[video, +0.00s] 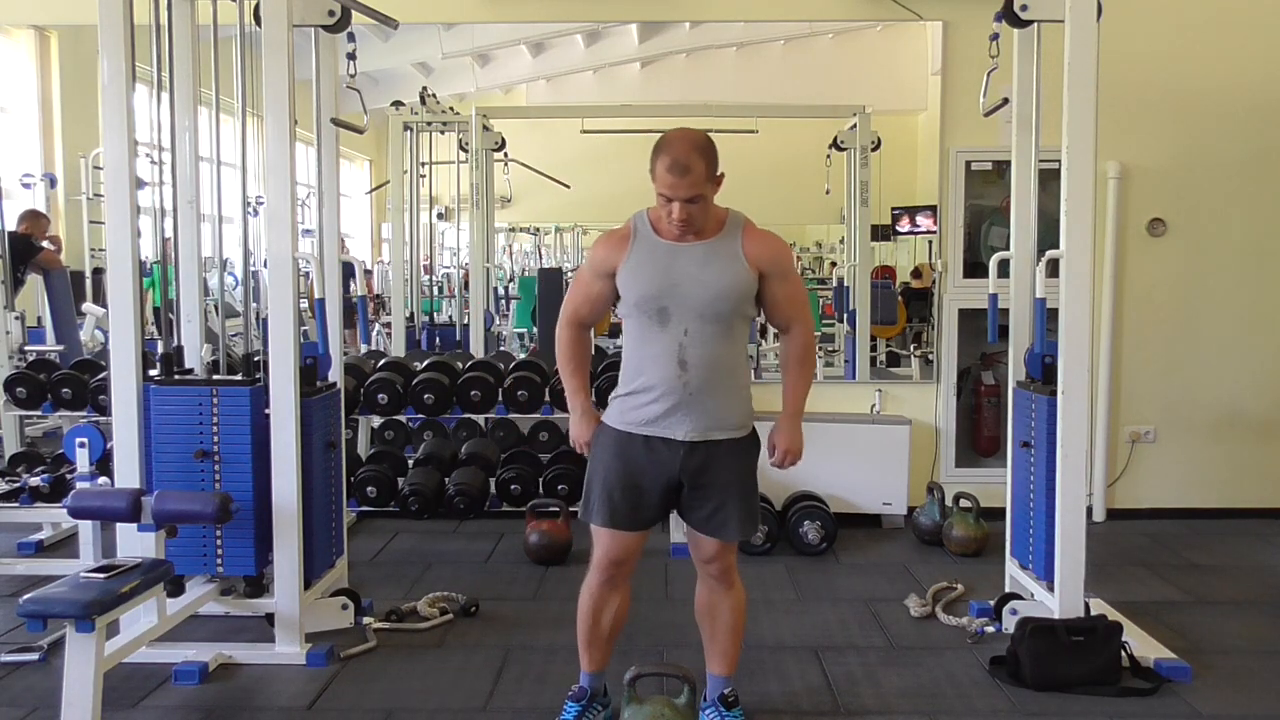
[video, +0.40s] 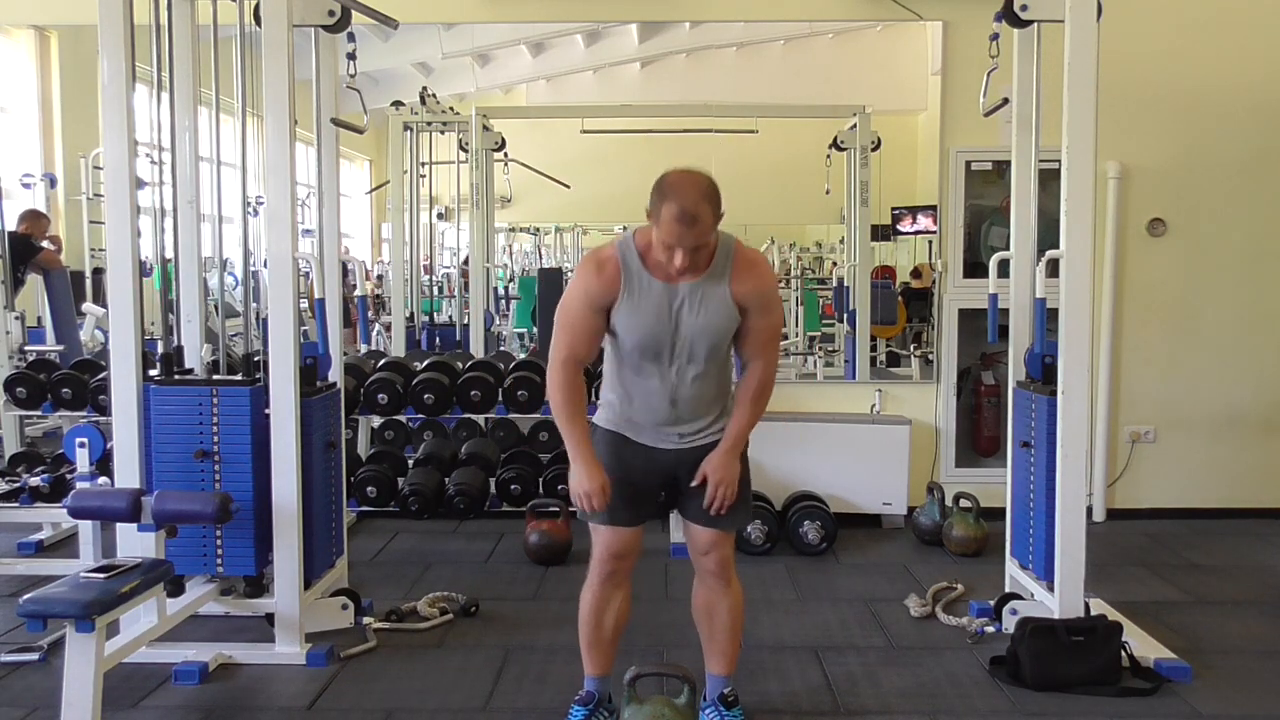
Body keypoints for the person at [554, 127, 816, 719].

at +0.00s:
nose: (677, 212)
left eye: (691, 199)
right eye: (665, 199)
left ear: (718, 183)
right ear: (651, 183)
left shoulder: (759, 249)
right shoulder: (620, 246)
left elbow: (797, 331)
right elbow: (572, 323)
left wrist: (791, 419)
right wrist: (580, 410)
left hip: (722, 443)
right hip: (632, 438)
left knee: (718, 565)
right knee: (608, 567)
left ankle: (719, 698)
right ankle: (589, 690)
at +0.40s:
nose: (680, 262)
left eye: (695, 248)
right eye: (668, 247)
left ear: (719, 227)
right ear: (648, 224)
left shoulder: (749, 273)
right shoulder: (604, 271)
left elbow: (761, 365)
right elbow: (564, 364)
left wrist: (731, 448)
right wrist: (580, 456)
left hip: (711, 438)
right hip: (624, 436)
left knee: (715, 560)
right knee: (610, 561)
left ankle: (718, 699)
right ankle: (593, 696)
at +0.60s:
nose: (674, 364)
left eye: (687, 353)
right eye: (663, 353)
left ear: (708, 320)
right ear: (637, 321)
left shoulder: (741, 320)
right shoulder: (597, 348)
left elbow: (750, 395)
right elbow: (579, 460)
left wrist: (714, 459)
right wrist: (607, 557)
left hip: (703, 449)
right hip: (623, 448)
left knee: (714, 562)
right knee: (597, 564)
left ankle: (719, 697)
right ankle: (593, 696)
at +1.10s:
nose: (693, 447)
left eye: (705, 435)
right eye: (681, 436)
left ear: (729, 394)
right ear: (653, 407)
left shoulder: (757, 372)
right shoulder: (619, 436)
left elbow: (762, 414)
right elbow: (610, 552)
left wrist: (719, 464)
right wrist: (635, 641)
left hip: (708, 462)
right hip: (618, 458)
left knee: (719, 564)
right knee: (597, 570)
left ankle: (719, 698)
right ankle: (591, 696)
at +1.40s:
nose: (710, 398)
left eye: (723, 386)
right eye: (697, 387)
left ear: (740, 359)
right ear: (672, 362)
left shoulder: (770, 351)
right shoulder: (632, 398)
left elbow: (772, 405)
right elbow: (614, 507)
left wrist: (731, 463)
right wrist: (648, 594)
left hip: (712, 457)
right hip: (632, 457)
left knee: (725, 565)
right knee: (605, 564)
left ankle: (718, 699)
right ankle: (592, 695)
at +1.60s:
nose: (715, 316)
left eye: (729, 301)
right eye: (704, 299)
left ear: (749, 284)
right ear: (680, 278)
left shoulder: (774, 317)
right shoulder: (632, 331)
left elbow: (780, 398)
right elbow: (598, 430)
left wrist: (740, 468)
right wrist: (645, 508)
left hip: (719, 448)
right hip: (634, 445)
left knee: (728, 563)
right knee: (611, 560)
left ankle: (720, 700)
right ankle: (594, 694)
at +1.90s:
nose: (715, 190)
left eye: (730, 178)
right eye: (705, 175)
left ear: (749, 182)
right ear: (685, 175)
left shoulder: (773, 267)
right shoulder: (632, 250)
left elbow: (786, 361)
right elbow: (590, 335)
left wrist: (726, 425)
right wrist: (642, 402)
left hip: (723, 440)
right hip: (632, 431)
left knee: (722, 562)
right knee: (613, 556)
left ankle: (719, 700)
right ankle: (589, 693)